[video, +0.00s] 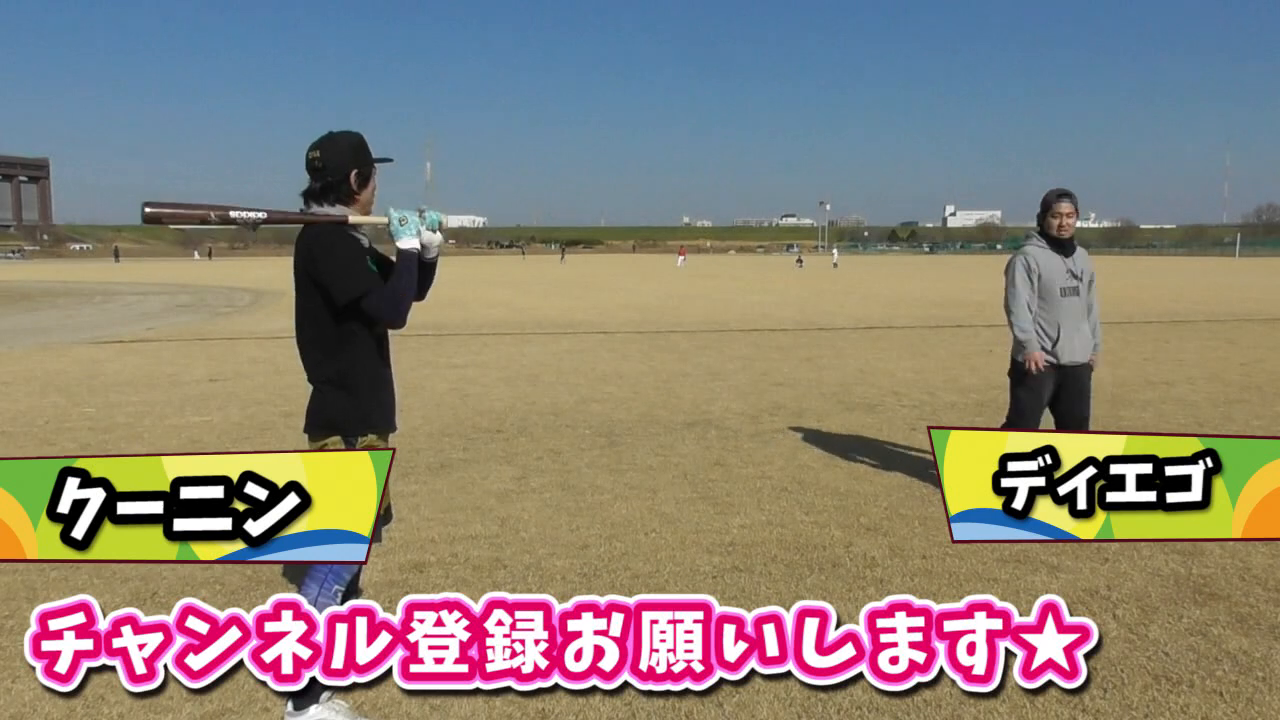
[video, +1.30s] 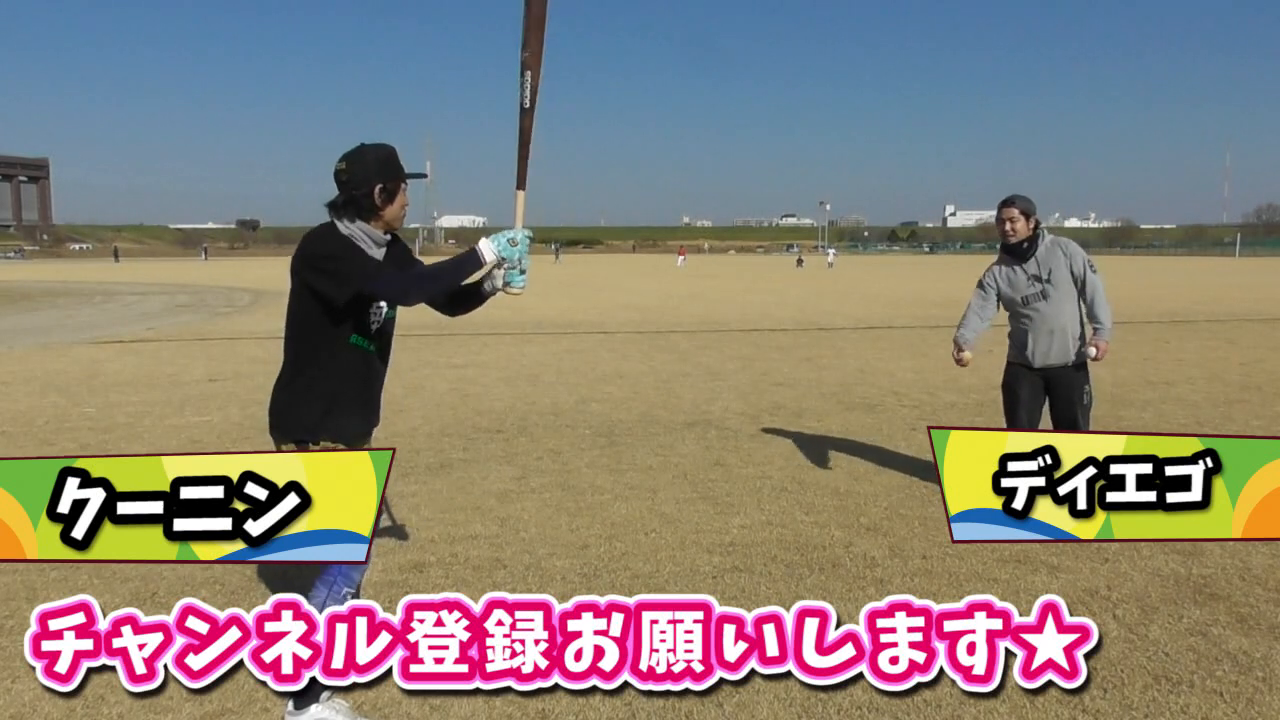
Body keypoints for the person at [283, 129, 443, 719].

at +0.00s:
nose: (375, 183)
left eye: (373, 174)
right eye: (372, 174)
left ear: (326, 180)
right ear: (356, 180)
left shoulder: (341, 235)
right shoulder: (330, 238)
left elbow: (410, 293)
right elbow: (386, 308)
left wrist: (425, 252)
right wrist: (407, 257)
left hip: (356, 415)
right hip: (349, 419)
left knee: (355, 539)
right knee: (342, 545)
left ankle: (325, 669)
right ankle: (302, 688)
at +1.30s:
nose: (407, 200)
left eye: (405, 191)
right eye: (403, 191)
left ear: (369, 194)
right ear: (381, 194)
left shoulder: (389, 248)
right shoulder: (327, 246)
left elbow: (446, 299)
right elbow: (404, 284)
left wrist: (496, 279)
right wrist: (481, 251)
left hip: (351, 425)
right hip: (315, 427)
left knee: (347, 548)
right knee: (352, 555)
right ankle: (309, 694)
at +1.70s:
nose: (396, 201)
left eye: (396, 191)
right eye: (392, 192)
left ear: (352, 194)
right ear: (367, 194)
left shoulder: (375, 246)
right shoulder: (287, 238)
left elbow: (423, 303)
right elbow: (331, 283)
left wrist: (429, 255)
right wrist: (399, 230)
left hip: (347, 414)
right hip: (292, 425)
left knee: (425, 517)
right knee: (343, 558)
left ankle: (383, 611)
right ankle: (307, 697)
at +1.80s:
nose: (393, 197)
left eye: (393, 190)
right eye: (389, 190)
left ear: (353, 192)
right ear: (365, 193)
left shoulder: (373, 245)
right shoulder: (283, 237)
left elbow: (417, 308)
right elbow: (299, 281)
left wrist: (406, 259)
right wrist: (377, 232)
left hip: (345, 406)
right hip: (287, 417)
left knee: (425, 503)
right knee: (344, 543)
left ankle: (414, 617)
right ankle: (307, 696)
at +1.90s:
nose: (390, 197)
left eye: (390, 190)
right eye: (386, 189)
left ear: (358, 192)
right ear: (361, 193)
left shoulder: (379, 241)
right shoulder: (281, 237)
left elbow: (412, 311)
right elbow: (281, 285)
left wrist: (391, 260)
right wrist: (361, 235)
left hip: (351, 406)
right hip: (292, 419)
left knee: (416, 485)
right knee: (342, 542)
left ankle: (425, 620)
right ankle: (306, 694)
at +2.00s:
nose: (396, 199)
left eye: (396, 189)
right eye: (388, 189)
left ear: (377, 193)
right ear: (355, 193)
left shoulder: (390, 246)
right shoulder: (281, 237)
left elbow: (407, 311)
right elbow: (266, 291)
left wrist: (375, 265)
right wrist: (343, 242)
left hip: (357, 407)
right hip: (295, 421)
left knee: (413, 479)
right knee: (343, 543)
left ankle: (431, 620)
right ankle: (306, 694)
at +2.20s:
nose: (410, 206)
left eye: (409, 195)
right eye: (402, 196)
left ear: (380, 198)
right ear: (368, 199)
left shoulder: (400, 252)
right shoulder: (287, 239)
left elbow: (401, 312)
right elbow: (247, 298)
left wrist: (352, 266)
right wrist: (321, 256)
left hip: (368, 414)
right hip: (304, 428)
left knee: (436, 513)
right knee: (343, 557)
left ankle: (471, 628)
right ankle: (308, 695)